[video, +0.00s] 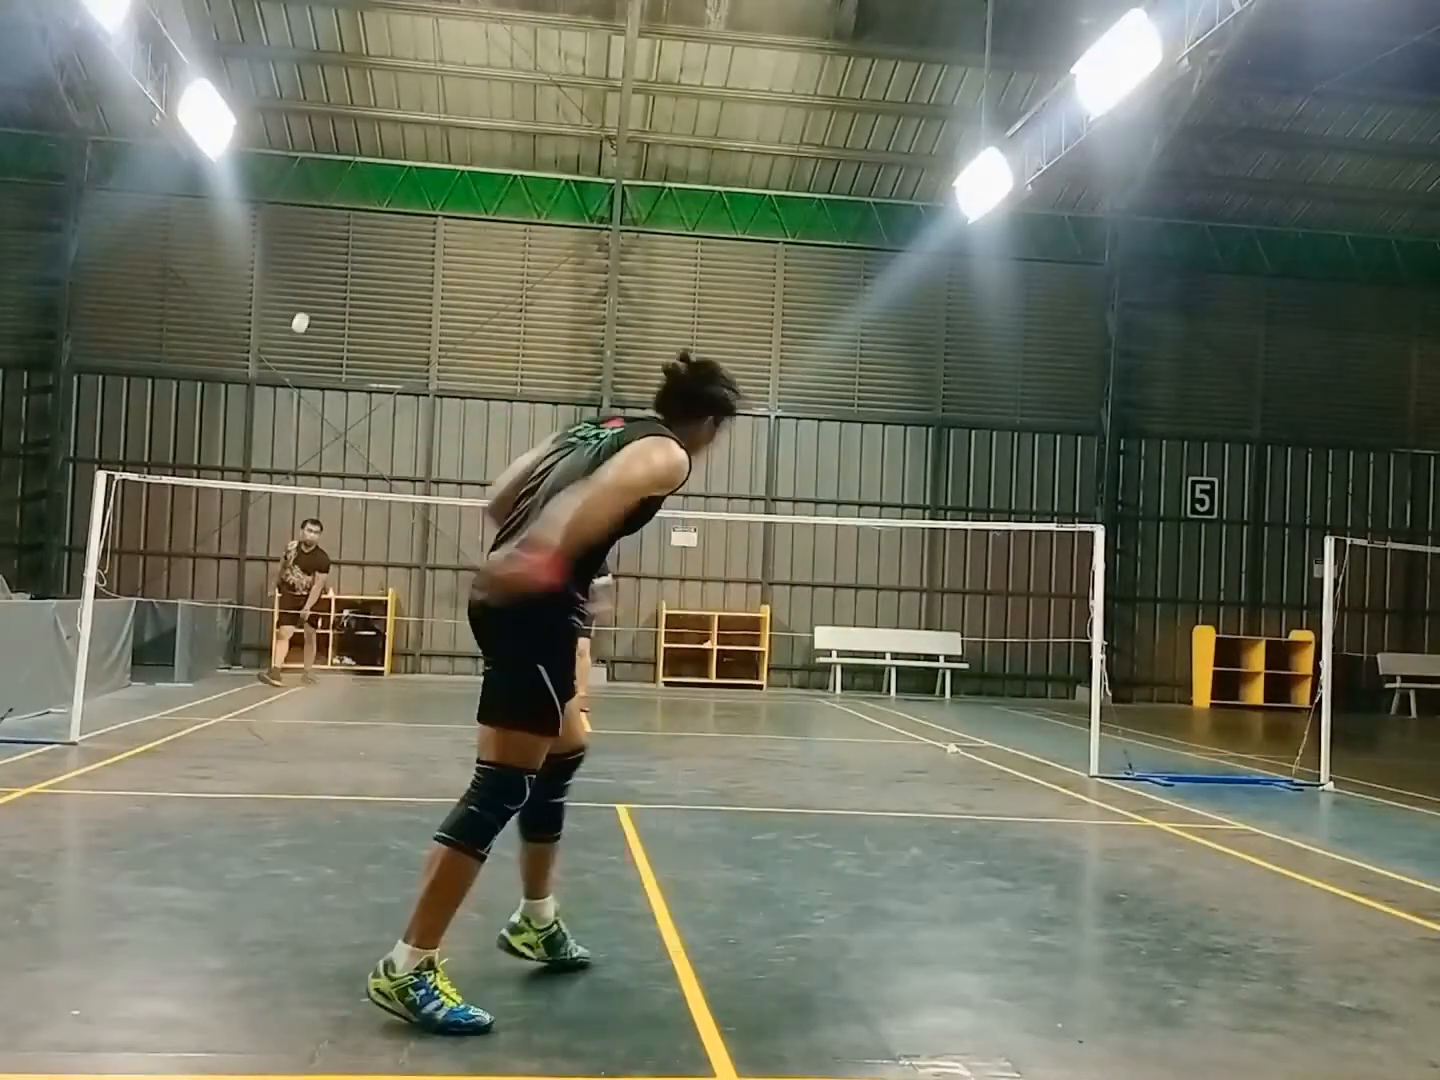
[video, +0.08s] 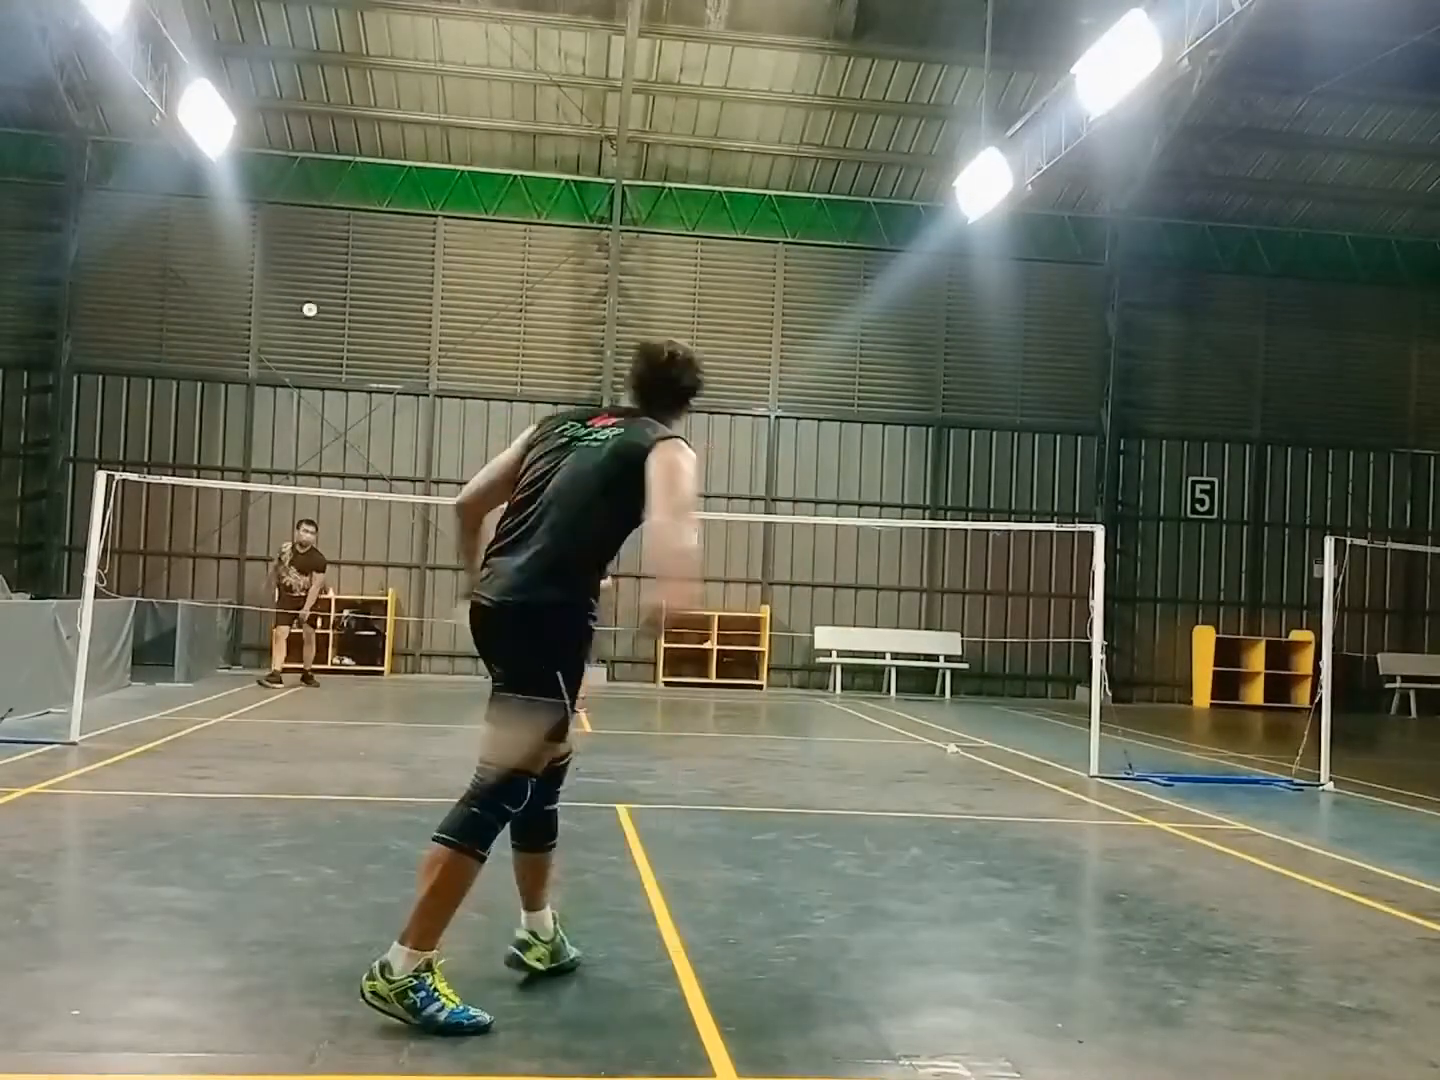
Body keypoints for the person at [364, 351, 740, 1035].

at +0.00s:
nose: (717, 443)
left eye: (721, 431)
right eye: (720, 430)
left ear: (664, 407)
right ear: (706, 423)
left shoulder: (599, 434)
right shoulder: (668, 455)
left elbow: (505, 491)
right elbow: (597, 496)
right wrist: (545, 553)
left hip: (505, 602)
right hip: (542, 611)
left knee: (565, 746)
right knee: (498, 787)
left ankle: (536, 920)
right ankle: (408, 967)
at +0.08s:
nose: (686, 417)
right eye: (690, 408)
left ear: (628, 388)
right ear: (683, 404)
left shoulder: (562, 424)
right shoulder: (665, 448)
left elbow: (472, 501)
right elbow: (671, 523)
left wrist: (479, 584)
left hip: (495, 609)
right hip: (549, 615)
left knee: (546, 764)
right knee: (498, 789)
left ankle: (537, 932)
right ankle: (404, 967)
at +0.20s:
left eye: (617, 374)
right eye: (667, 391)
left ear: (608, 379)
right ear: (665, 392)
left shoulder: (544, 422)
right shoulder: (666, 442)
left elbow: (460, 506)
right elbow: (734, 521)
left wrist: (416, 575)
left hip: (498, 615)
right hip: (562, 625)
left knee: (545, 782)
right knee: (503, 790)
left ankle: (556, 946)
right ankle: (404, 964)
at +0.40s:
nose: (597, 377)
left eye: (598, 368)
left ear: (602, 375)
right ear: (658, 388)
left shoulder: (548, 427)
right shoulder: (680, 445)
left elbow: (475, 510)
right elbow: (759, 533)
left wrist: (407, 583)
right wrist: (813, 603)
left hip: (537, 619)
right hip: (610, 624)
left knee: (570, 793)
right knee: (590, 797)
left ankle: (567, 953)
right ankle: (467, 925)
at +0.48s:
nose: (609, 379)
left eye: (606, 370)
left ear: (606, 378)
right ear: (664, 388)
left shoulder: (554, 434)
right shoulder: (687, 450)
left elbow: (494, 514)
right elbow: (749, 538)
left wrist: (433, 598)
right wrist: (785, 597)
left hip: (553, 630)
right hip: (627, 634)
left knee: (575, 787)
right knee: (637, 794)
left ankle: (569, 949)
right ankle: (527, 904)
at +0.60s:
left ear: (628, 373)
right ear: (683, 382)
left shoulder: (576, 430)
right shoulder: (710, 449)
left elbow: (536, 518)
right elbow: (746, 548)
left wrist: (504, 616)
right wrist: (747, 590)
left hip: (585, 631)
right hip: (665, 633)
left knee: (584, 781)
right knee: (688, 775)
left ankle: (568, 950)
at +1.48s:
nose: (632, 418)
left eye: (638, 411)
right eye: (638, 409)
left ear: (650, 427)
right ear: (680, 436)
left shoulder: (641, 480)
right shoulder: (688, 488)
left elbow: (653, 569)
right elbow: (692, 588)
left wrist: (600, 646)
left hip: (678, 657)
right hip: (718, 652)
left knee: (577, 777)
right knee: (690, 762)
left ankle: (643, 890)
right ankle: (761, 892)